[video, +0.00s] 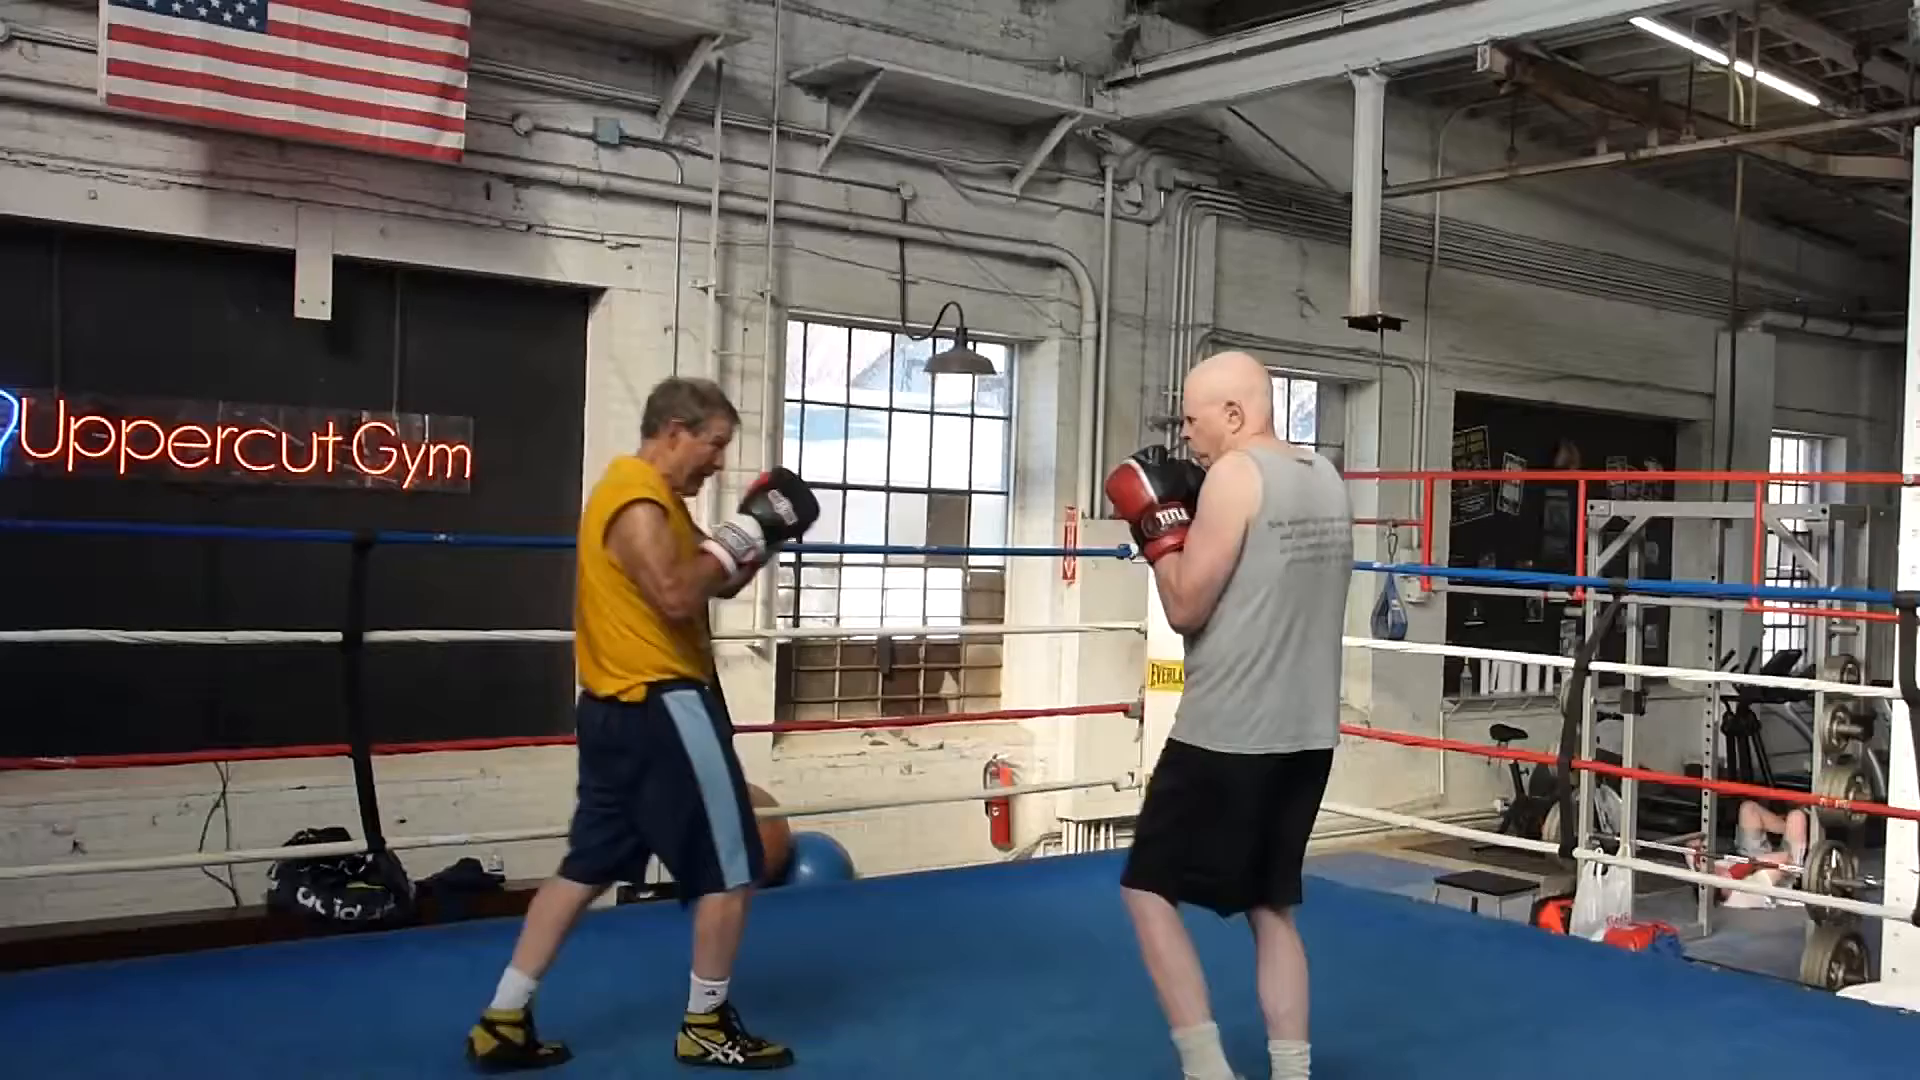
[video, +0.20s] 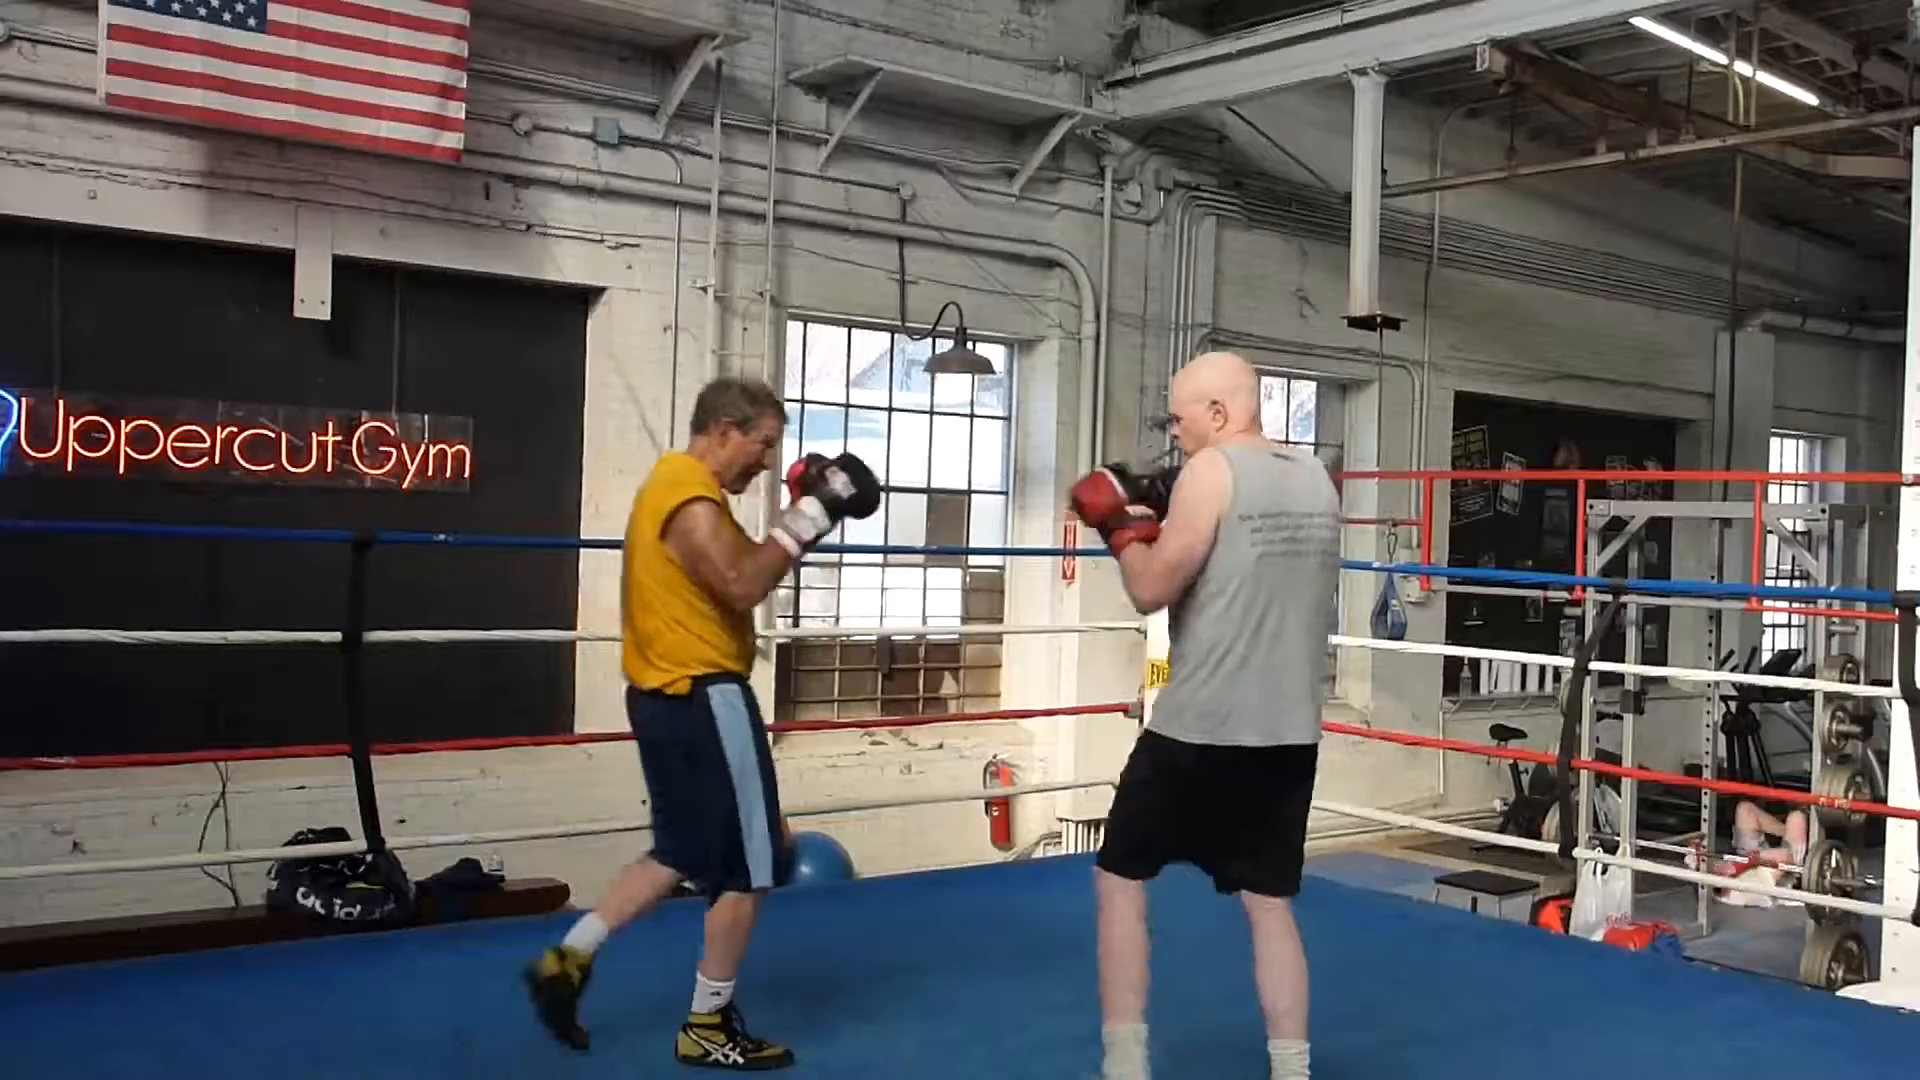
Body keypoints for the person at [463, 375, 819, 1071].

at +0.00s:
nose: (721, 462)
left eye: (725, 447)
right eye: (718, 444)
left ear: (672, 437)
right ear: (677, 433)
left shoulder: (646, 496)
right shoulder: (638, 493)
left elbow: (701, 585)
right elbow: (675, 594)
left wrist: (759, 538)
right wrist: (747, 529)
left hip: (613, 707)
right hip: (665, 704)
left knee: (590, 862)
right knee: (730, 863)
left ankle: (504, 1017)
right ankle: (706, 1025)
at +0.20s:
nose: (767, 463)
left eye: (771, 451)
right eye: (764, 446)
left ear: (721, 433)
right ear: (726, 430)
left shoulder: (672, 485)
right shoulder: (688, 488)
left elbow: (740, 576)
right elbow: (742, 585)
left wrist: (794, 522)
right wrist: (801, 522)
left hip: (665, 693)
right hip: (706, 694)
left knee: (680, 850)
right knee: (748, 861)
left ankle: (569, 957)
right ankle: (708, 1024)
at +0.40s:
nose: (802, 456)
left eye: (808, 444)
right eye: (802, 441)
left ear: (760, 427)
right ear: (764, 423)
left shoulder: (727, 478)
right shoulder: (726, 471)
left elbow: (796, 571)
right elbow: (795, 538)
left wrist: (849, 505)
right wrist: (874, 491)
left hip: (712, 676)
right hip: (728, 677)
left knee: (735, 825)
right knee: (745, 850)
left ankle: (676, 956)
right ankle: (708, 1022)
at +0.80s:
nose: (846, 468)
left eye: (849, 459)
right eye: (842, 456)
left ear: (819, 452)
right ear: (811, 443)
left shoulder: (811, 508)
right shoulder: (765, 489)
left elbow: (876, 569)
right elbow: (821, 556)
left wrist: (898, 497)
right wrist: (848, 480)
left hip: (802, 675)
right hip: (776, 675)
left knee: (775, 838)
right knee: (836, 844)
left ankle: (721, 972)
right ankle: (755, 980)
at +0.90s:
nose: (866, 460)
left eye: (869, 451)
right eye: (860, 448)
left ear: (833, 445)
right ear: (827, 440)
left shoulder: (835, 508)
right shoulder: (780, 488)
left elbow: (896, 567)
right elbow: (823, 558)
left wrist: (923, 501)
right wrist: (861, 483)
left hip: (820, 676)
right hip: (795, 676)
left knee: (769, 832)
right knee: (872, 831)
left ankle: (720, 972)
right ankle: (817, 973)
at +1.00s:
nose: (895, 467)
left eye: (900, 458)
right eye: (888, 454)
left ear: (869, 454)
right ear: (848, 446)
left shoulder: (867, 512)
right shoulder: (800, 498)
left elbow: (919, 576)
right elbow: (821, 579)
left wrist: (950, 519)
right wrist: (865, 509)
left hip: (839, 680)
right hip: (820, 681)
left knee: (776, 831)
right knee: (901, 832)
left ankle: (721, 971)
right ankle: (888, 973)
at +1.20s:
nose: (954, 486)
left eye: (959, 477)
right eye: (949, 472)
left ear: (929, 469)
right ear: (912, 459)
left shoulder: (932, 526)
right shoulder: (872, 506)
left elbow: (989, 591)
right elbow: (886, 570)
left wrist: (1000, 520)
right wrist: (947, 523)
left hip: (909, 686)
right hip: (885, 687)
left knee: (865, 839)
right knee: (955, 843)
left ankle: (755, 936)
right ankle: (929, 973)